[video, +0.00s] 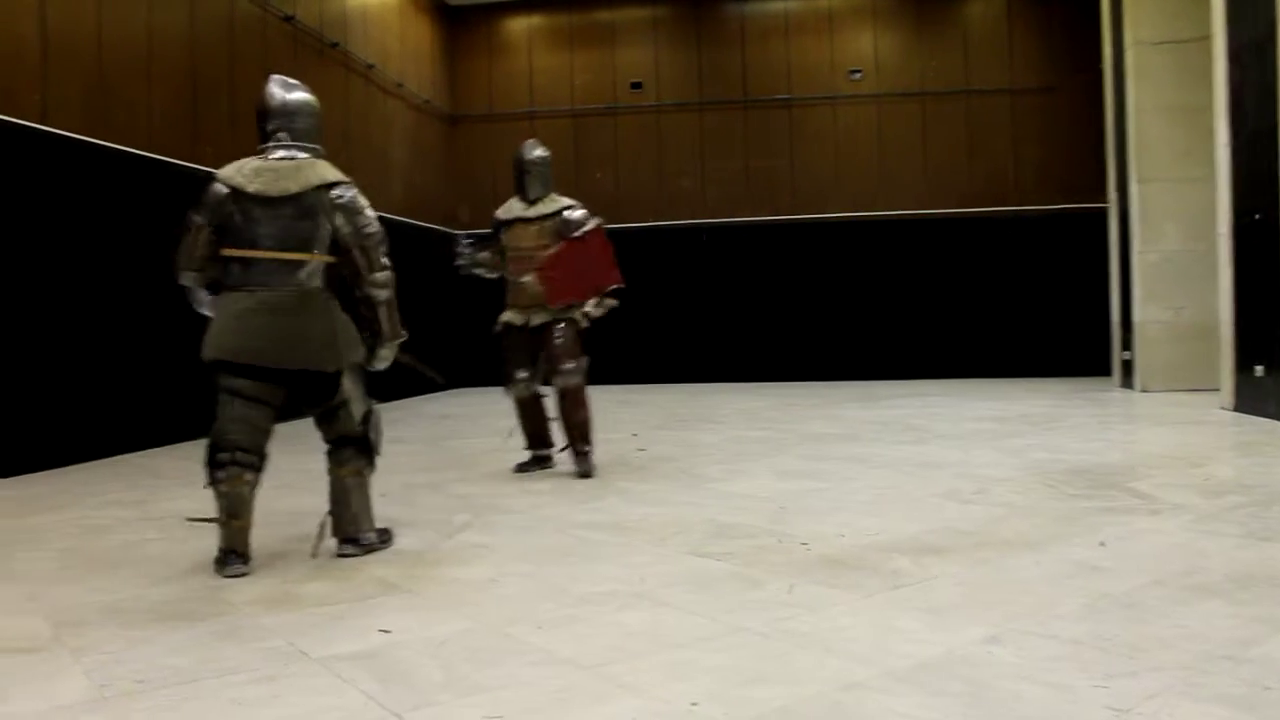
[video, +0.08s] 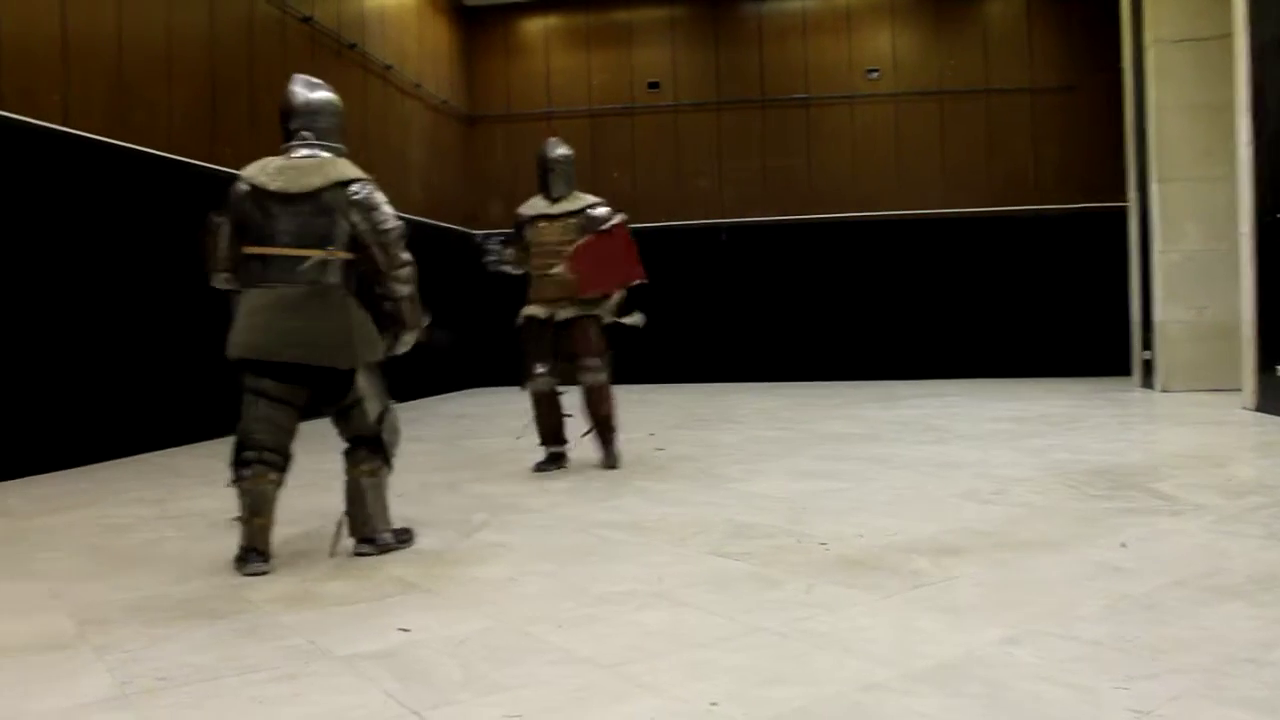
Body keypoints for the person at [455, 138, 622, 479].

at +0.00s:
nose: (536, 177)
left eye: (542, 168)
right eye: (529, 170)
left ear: (550, 169)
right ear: (518, 172)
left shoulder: (568, 213)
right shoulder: (505, 216)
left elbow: (600, 269)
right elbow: (501, 262)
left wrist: (587, 311)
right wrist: (475, 259)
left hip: (560, 314)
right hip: (518, 315)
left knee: (569, 379)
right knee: (521, 382)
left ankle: (581, 452)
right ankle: (540, 452)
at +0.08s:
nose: (561, 174)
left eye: (565, 166)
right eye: (554, 166)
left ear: (574, 168)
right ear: (542, 169)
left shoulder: (592, 209)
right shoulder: (528, 214)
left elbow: (615, 257)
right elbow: (521, 258)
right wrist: (502, 256)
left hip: (583, 311)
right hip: (540, 312)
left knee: (593, 376)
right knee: (540, 382)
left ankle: (608, 446)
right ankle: (554, 451)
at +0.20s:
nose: (593, 186)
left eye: (599, 179)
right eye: (587, 179)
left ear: (608, 179)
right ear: (577, 182)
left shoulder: (628, 219)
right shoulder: (565, 222)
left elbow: (650, 265)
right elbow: (560, 267)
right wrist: (541, 260)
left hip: (618, 314)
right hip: (575, 313)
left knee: (631, 377)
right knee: (570, 379)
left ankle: (646, 433)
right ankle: (578, 450)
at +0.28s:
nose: (617, 192)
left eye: (621, 185)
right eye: (611, 186)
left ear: (631, 186)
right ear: (602, 188)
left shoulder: (650, 226)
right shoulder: (588, 227)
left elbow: (667, 274)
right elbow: (585, 271)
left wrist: (637, 273)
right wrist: (566, 266)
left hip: (639, 319)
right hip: (599, 317)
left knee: (651, 381)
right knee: (592, 381)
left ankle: (664, 438)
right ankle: (593, 450)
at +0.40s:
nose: (636, 193)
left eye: (641, 186)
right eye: (630, 186)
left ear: (650, 186)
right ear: (621, 188)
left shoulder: (668, 223)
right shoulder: (606, 223)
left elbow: (684, 270)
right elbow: (600, 262)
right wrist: (591, 269)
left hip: (658, 314)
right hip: (618, 313)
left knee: (666, 377)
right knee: (613, 375)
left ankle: (672, 438)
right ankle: (614, 439)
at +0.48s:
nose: (641, 186)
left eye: (646, 180)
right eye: (636, 180)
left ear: (655, 180)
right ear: (627, 182)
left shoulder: (674, 218)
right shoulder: (612, 218)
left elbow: (691, 267)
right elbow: (601, 254)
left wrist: (652, 284)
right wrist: (597, 265)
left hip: (665, 310)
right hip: (624, 310)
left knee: (670, 374)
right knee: (623, 372)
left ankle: (675, 436)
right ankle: (632, 434)